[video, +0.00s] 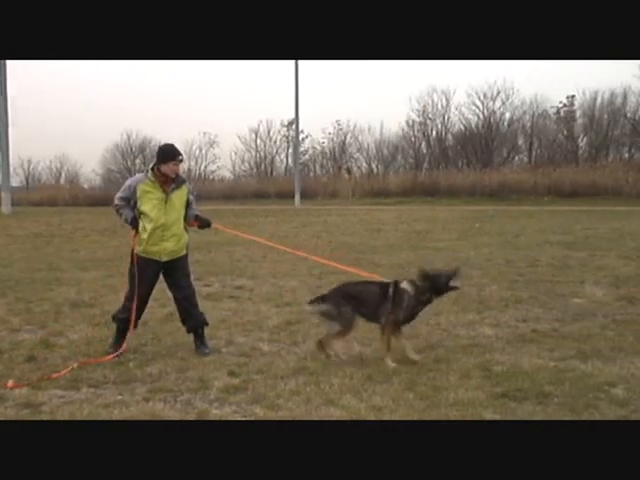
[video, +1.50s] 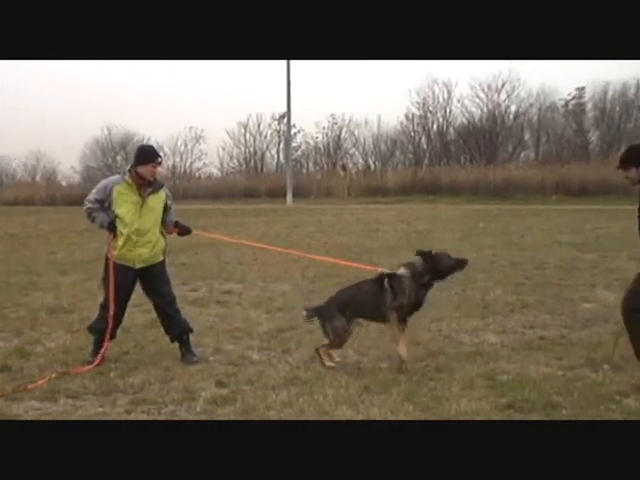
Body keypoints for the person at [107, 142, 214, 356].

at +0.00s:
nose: (177, 168)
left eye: (179, 164)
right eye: (173, 164)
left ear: (179, 164)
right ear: (160, 164)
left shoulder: (183, 186)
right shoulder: (138, 183)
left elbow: (189, 209)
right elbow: (120, 202)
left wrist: (196, 220)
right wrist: (133, 219)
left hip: (176, 253)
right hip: (147, 253)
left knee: (186, 296)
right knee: (136, 299)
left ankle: (200, 339)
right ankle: (118, 340)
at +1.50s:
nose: (156, 170)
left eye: (157, 166)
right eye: (152, 166)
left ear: (156, 167)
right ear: (138, 166)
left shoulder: (161, 192)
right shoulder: (113, 185)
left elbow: (166, 218)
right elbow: (91, 206)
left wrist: (174, 227)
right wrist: (108, 223)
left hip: (152, 259)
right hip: (121, 259)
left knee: (167, 303)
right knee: (113, 307)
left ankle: (185, 346)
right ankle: (99, 348)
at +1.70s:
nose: (132, 158)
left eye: (133, 154)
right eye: (127, 153)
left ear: (130, 154)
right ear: (112, 154)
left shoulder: (139, 184)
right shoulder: (83, 176)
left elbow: (144, 215)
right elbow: (58, 200)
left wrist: (152, 224)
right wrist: (76, 218)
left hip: (129, 260)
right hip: (94, 260)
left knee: (145, 310)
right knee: (84, 315)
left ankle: (166, 361)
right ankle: (66, 361)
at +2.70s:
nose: (106, 130)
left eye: (108, 125)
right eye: (102, 124)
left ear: (108, 126)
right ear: (86, 124)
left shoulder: (114, 154)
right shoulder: (56, 148)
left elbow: (124, 184)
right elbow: (32, 171)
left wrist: (132, 197)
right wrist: (49, 192)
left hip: (104, 235)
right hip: (66, 236)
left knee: (121, 288)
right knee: (56, 293)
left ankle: (143, 340)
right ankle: (40, 343)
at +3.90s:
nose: (73, 116)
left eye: (76, 111)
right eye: (68, 111)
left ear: (77, 113)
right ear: (52, 111)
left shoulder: (83, 142)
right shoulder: (22, 136)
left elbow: (92, 172)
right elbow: (2, 164)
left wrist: (96, 184)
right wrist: (16, 181)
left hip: (74, 227)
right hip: (35, 227)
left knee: (88, 280)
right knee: (22, 284)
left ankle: (107, 334)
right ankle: (2, 329)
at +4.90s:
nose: (70, 109)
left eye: (73, 104)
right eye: (64, 104)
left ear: (75, 107)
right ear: (49, 105)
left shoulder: (84, 137)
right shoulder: (23, 134)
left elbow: (100, 166)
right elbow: (5, 163)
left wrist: (107, 180)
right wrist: (20, 181)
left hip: (79, 220)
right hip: (39, 222)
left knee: (94, 275)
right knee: (33, 278)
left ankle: (112, 332)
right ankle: (41, 321)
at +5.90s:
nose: (73, 95)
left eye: (73, 91)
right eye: (68, 90)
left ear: (68, 93)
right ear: (51, 91)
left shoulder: (76, 124)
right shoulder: (17, 116)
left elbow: (85, 159)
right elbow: (1, 146)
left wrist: (101, 165)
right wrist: (13, 164)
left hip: (69, 205)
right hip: (31, 206)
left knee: (84, 258)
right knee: (17, 263)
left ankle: (104, 310)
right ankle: (3, 313)